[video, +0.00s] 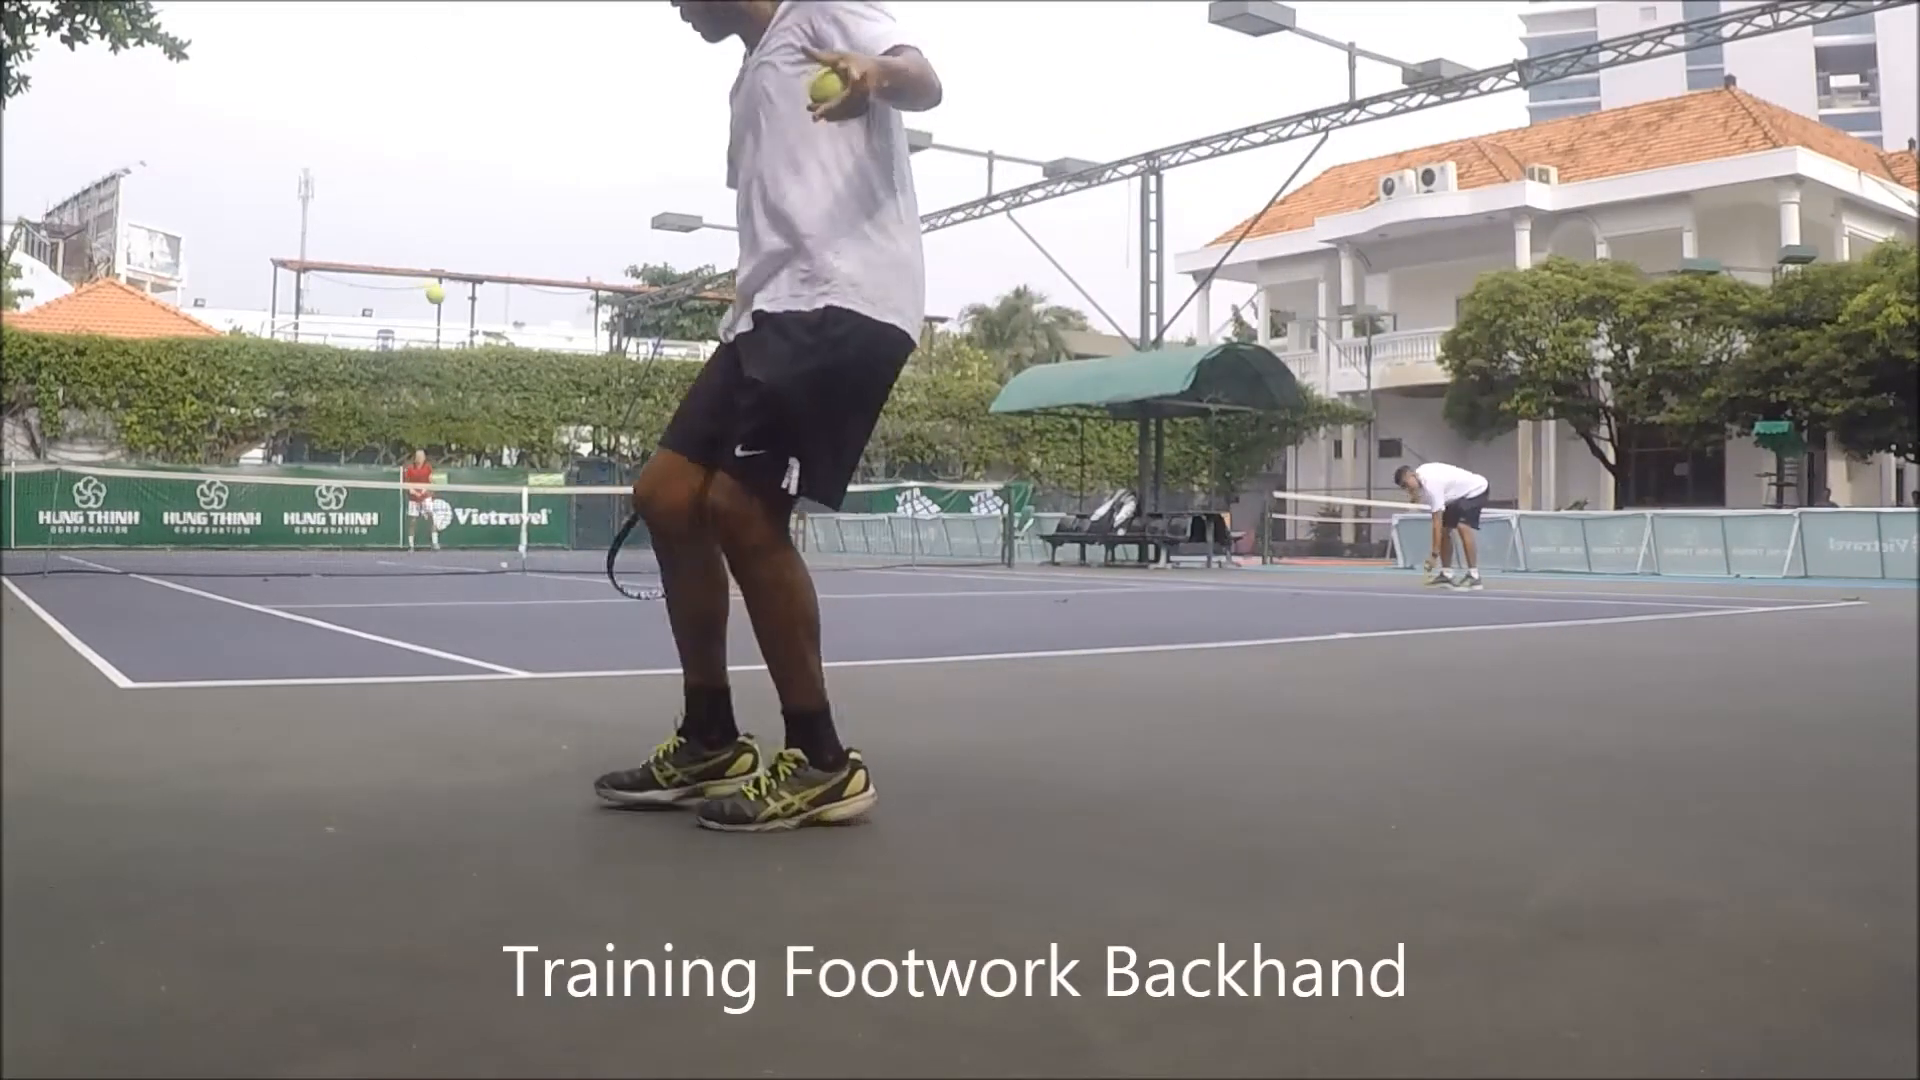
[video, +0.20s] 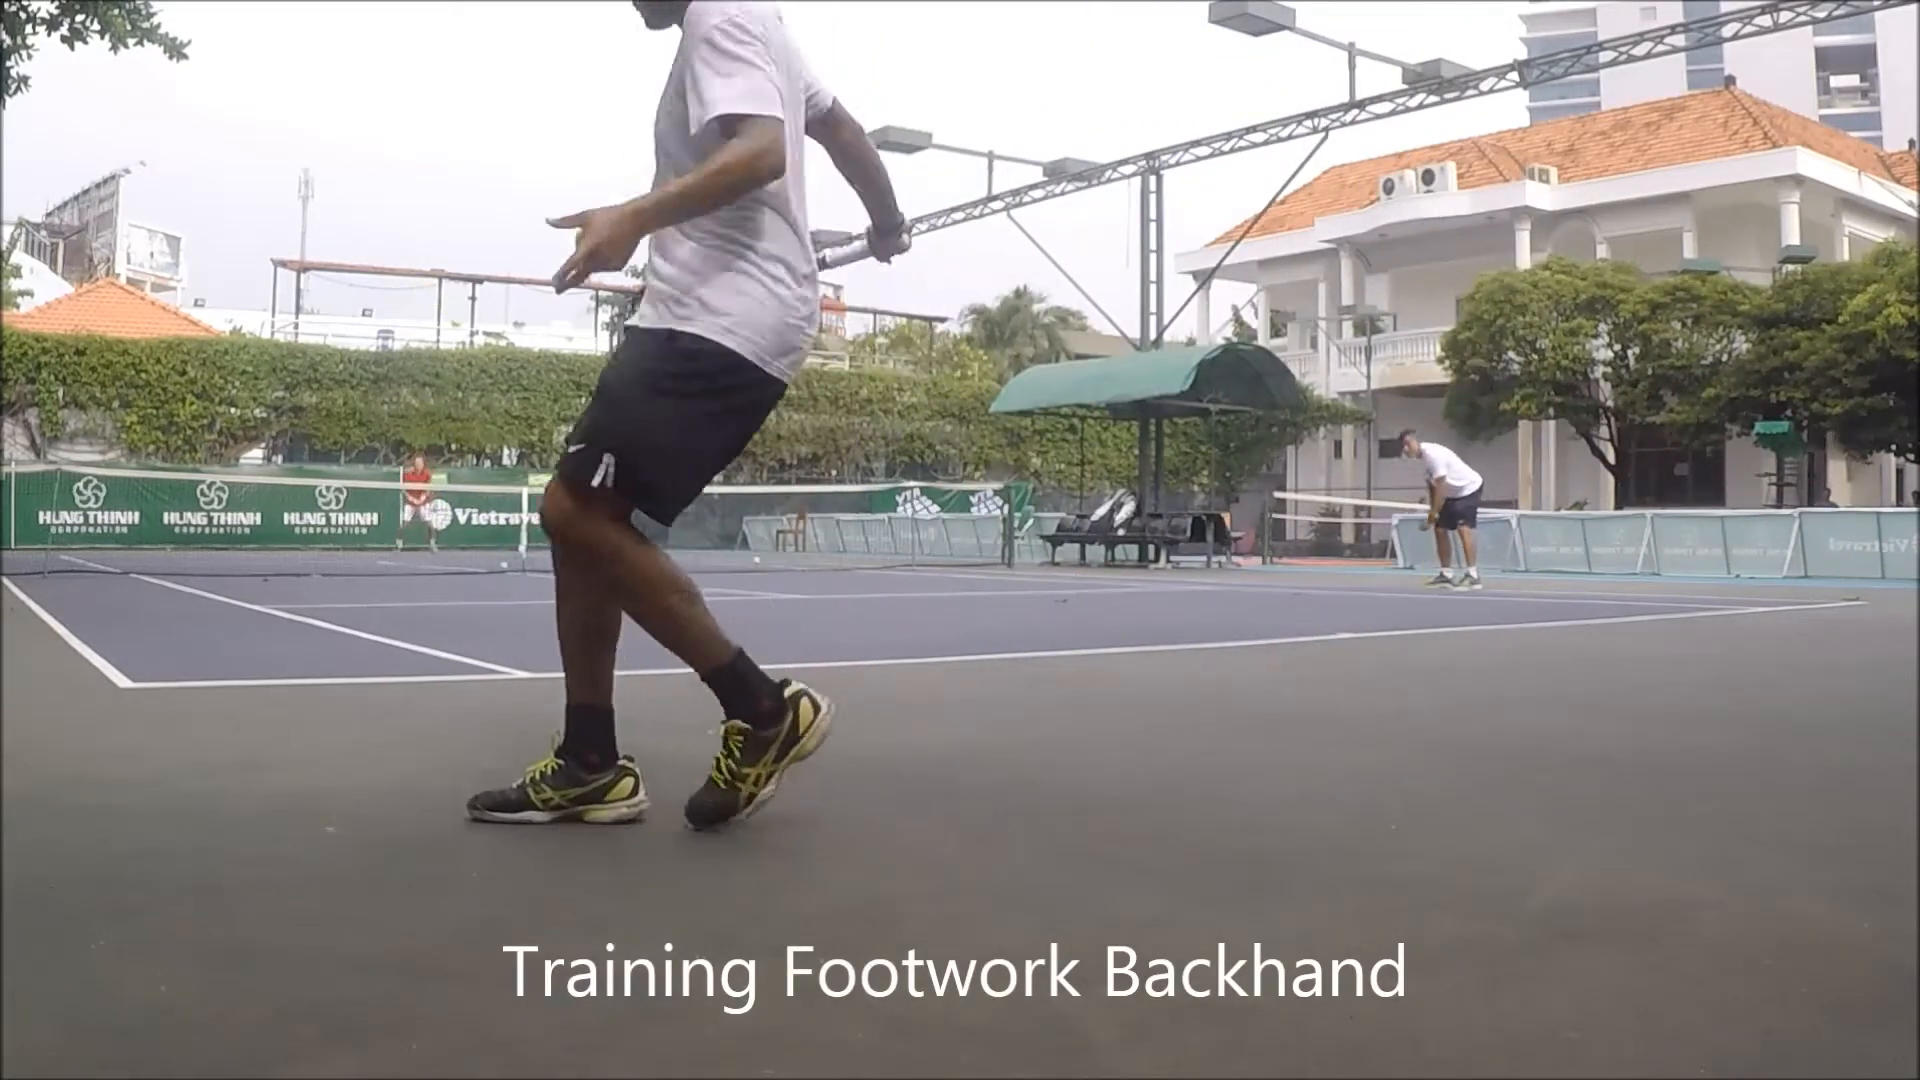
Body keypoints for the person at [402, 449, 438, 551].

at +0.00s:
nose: (419, 460)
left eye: (421, 458)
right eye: (417, 458)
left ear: (424, 458)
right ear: (415, 458)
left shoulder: (428, 468)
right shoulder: (409, 469)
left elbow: (431, 481)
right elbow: (406, 483)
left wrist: (424, 490)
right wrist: (413, 491)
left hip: (426, 496)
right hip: (413, 497)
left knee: (431, 518)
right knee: (412, 520)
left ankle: (435, 542)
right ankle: (411, 544)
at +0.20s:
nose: (419, 465)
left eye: (421, 462)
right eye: (417, 463)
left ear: (424, 464)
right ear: (414, 464)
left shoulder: (427, 475)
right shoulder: (407, 474)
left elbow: (428, 489)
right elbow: (403, 489)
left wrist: (421, 499)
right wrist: (412, 498)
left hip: (423, 499)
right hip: (410, 499)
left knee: (430, 521)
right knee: (405, 520)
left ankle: (432, 541)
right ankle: (399, 541)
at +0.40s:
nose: (420, 465)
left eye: (422, 462)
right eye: (419, 462)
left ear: (425, 464)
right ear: (415, 463)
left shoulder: (427, 475)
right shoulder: (408, 474)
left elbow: (427, 489)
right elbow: (405, 489)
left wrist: (421, 499)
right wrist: (411, 498)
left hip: (421, 500)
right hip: (409, 500)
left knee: (429, 519)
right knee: (403, 518)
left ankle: (431, 542)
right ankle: (399, 539)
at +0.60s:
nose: (423, 465)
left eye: (424, 463)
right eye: (421, 462)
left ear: (427, 465)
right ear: (416, 463)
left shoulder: (427, 477)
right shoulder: (408, 475)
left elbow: (426, 490)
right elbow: (405, 490)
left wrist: (421, 501)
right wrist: (414, 502)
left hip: (420, 502)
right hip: (408, 501)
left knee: (426, 522)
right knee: (404, 520)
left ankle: (421, 544)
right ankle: (394, 540)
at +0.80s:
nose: (424, 470)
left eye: (425, 467)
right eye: (422, 467)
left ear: (427, 468)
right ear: (417, 467)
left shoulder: (426, 478)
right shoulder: (409, 476)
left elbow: (424, 492)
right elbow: (406, 491)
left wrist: (422, 503)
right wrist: (413, 503)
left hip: (419, 502)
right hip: (407, 502)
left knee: (423, 521)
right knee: (407, 521)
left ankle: (421, 544)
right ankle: (394, 541)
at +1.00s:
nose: (425, 469)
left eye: (426, 467)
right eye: (423, 466)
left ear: (425, 468)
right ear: (417, 466)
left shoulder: (420, 478)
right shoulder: (412, 477)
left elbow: (421, 493)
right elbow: (414, 493)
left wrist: (422, 505)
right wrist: (417, 504)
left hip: (414, 504)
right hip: (405, 503)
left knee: (419, 521)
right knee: (405, 526)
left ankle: (410, 543)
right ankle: (390, 544)